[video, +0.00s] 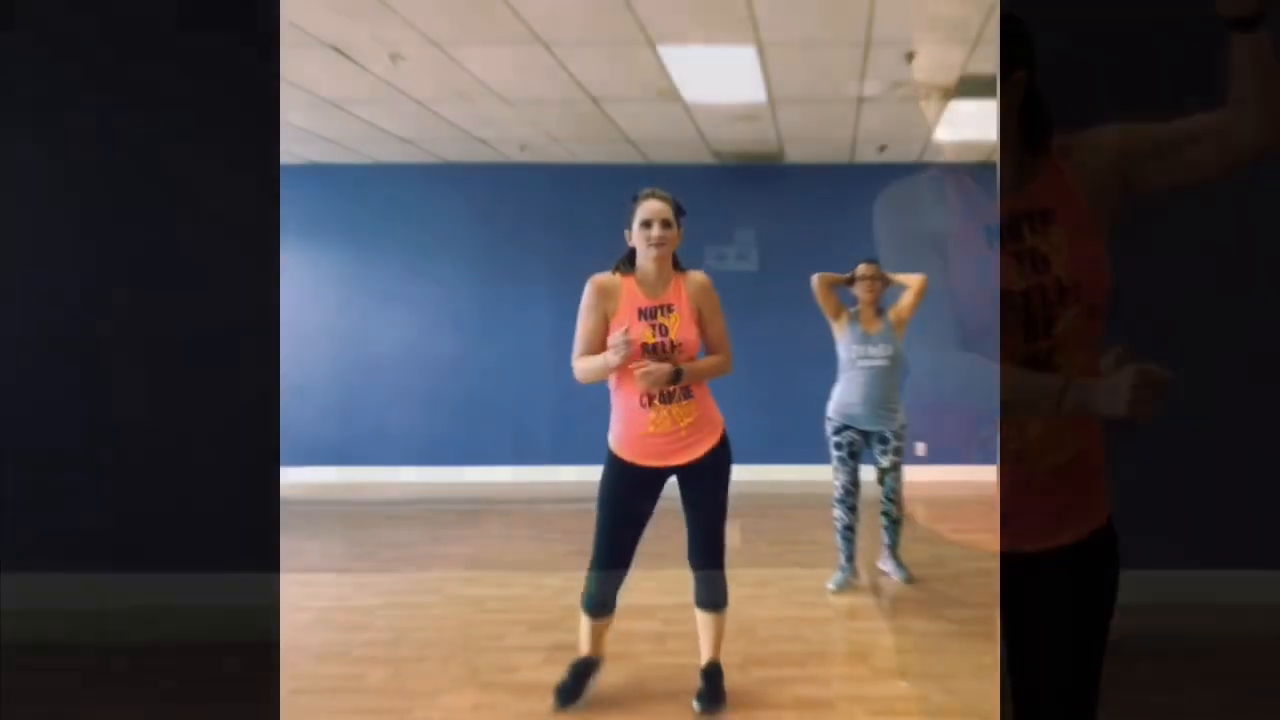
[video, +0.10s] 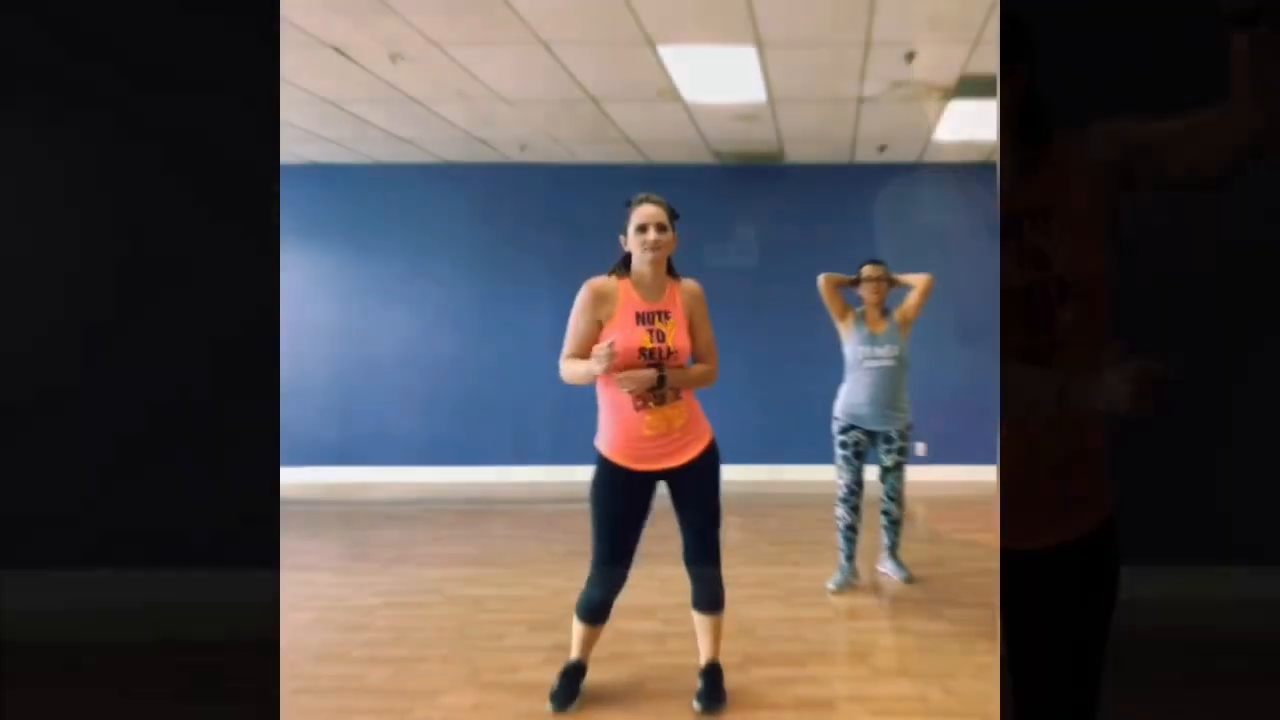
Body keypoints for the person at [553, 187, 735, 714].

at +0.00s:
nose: (656, 231)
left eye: (665, 223)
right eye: (647, 223)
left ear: (679, 232)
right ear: (630, 233)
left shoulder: (696, 286)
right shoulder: (603, 289)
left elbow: (723, 359)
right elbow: (581, 369)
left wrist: (677, 371)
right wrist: (610, 360)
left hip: (701, 443)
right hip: (633, 448)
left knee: (707, 560)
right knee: (605, 567)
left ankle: (710, 669)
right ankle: (588, 659)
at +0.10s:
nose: (653, 235)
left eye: (661, 228)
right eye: (643, 228)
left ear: (674, 237)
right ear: (626, 239)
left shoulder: (688, 294)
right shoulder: (599, 294)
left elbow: (708, 370)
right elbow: (569, 369)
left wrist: (662, 377)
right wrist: (594, 367)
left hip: (690, 449)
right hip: (623, 455)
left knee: (704, 563)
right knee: (607, 574)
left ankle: (710, 670)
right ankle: (574, 666)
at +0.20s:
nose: (646, 237)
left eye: (654, 229)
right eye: (635, 230)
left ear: (667, 238)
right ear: (619, 241)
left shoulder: (682, 296)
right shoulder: (592, 294)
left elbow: (698, 372)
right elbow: (559, 367)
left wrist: (651, 379)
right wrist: (583, 365)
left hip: (670, 452)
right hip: (601, 455)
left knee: (694, 565)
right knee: (595, 575)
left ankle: (707, 669)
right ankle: (574, 666)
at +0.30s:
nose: (637, 239)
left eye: (645, 231)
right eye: (626, 232)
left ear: (658, 241)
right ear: (610, 244)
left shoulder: (674, 299)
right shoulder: (585, 295)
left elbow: (688, 375)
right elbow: (552, 372)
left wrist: (637, 382)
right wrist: (570, 362)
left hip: (646, 456)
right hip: (579, 454)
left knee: (694, 553)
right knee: (582, 573)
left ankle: (700, 670)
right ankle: (572, 667)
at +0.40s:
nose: (630, 236)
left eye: (638, 229)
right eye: (619, 230)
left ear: (651, 239)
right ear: (603, 242)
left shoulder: (666, 298)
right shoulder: (577, 291)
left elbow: (677, 374)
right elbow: (545, 374)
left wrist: (626, 380)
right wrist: (567, 350)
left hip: (633, 452)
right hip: (566, 450)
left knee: (695, 538)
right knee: (575, 570)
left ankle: (683, 669)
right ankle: (571, 667)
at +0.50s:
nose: (625, 231)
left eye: (633, 223)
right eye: (615, 224)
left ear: (646, 232)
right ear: (598, 234)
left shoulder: (658, 292)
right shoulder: (571, 284)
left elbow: (668, 367)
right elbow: (538, 363)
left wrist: (618, 373)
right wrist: (564, 340)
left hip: (633, 446)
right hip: (567, 446)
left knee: (672, 546)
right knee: (577, 565)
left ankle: (668, 676)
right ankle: (571, 667)